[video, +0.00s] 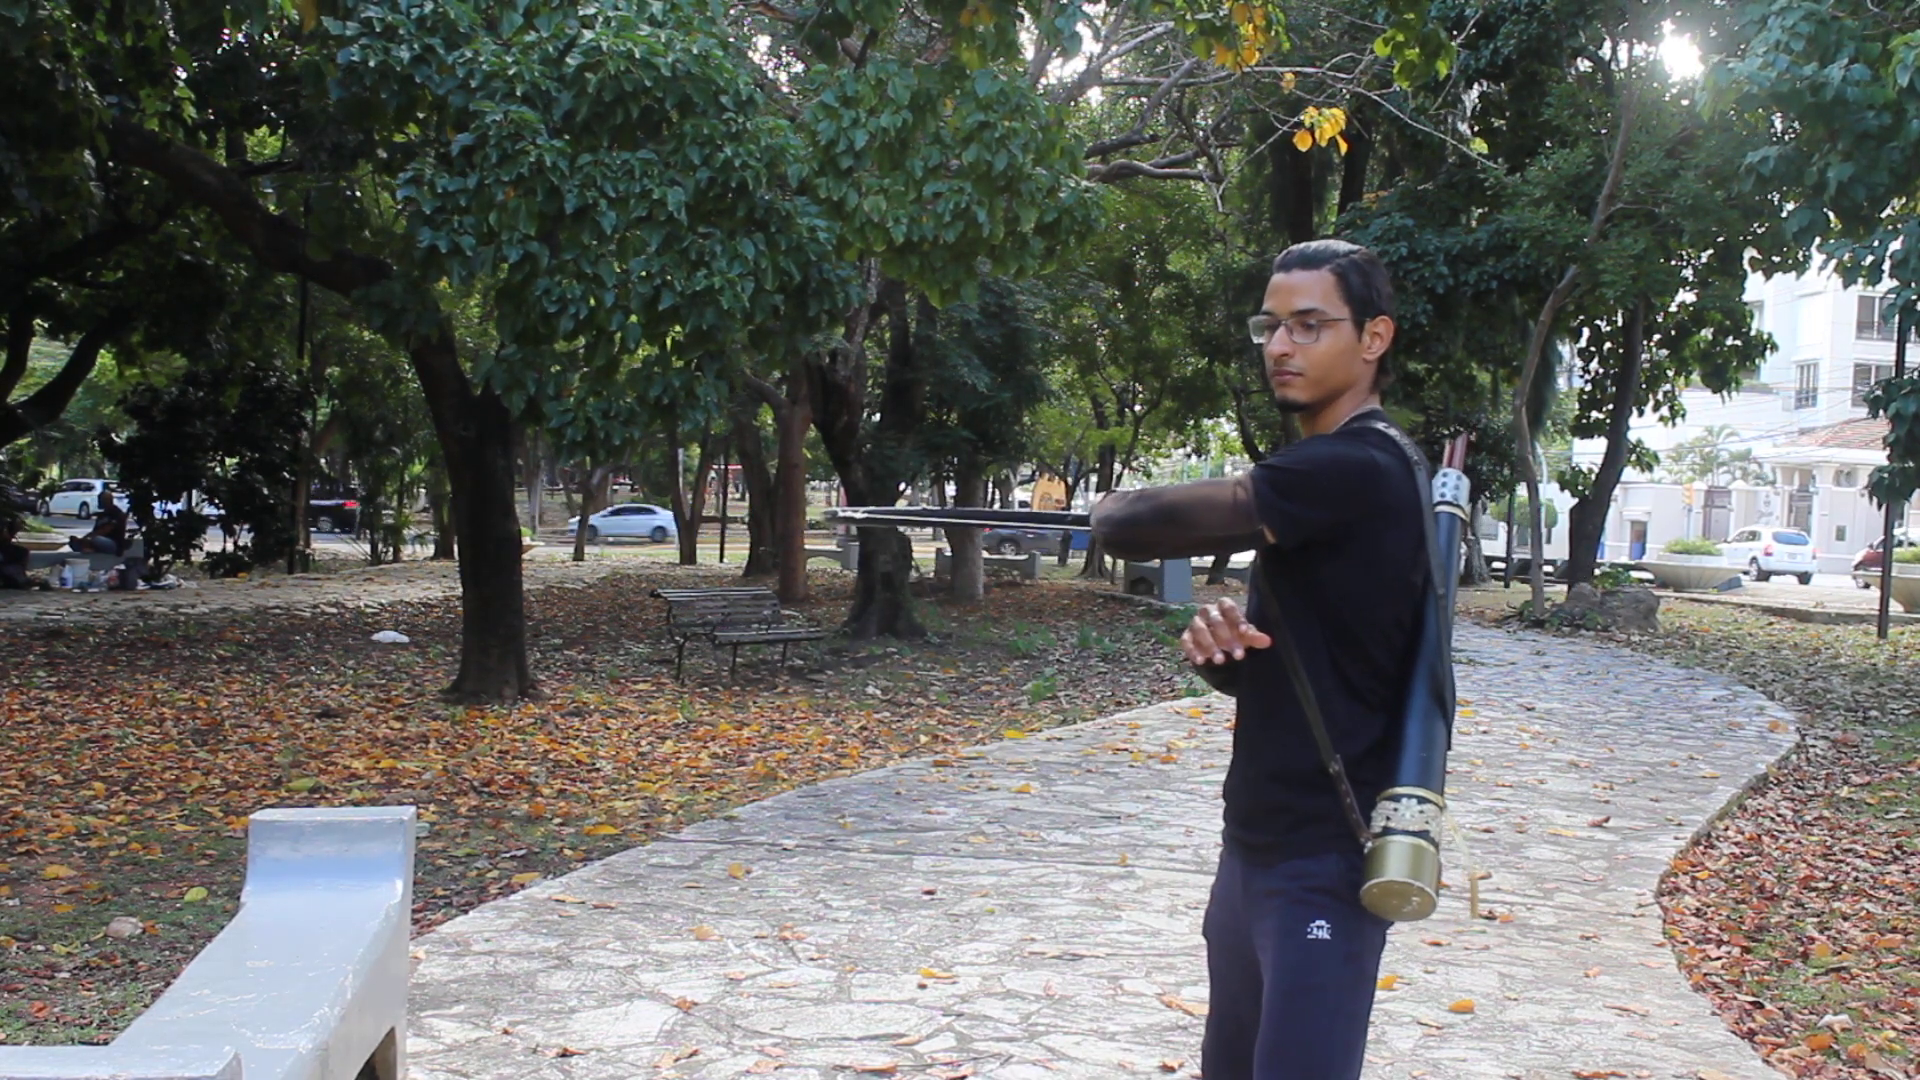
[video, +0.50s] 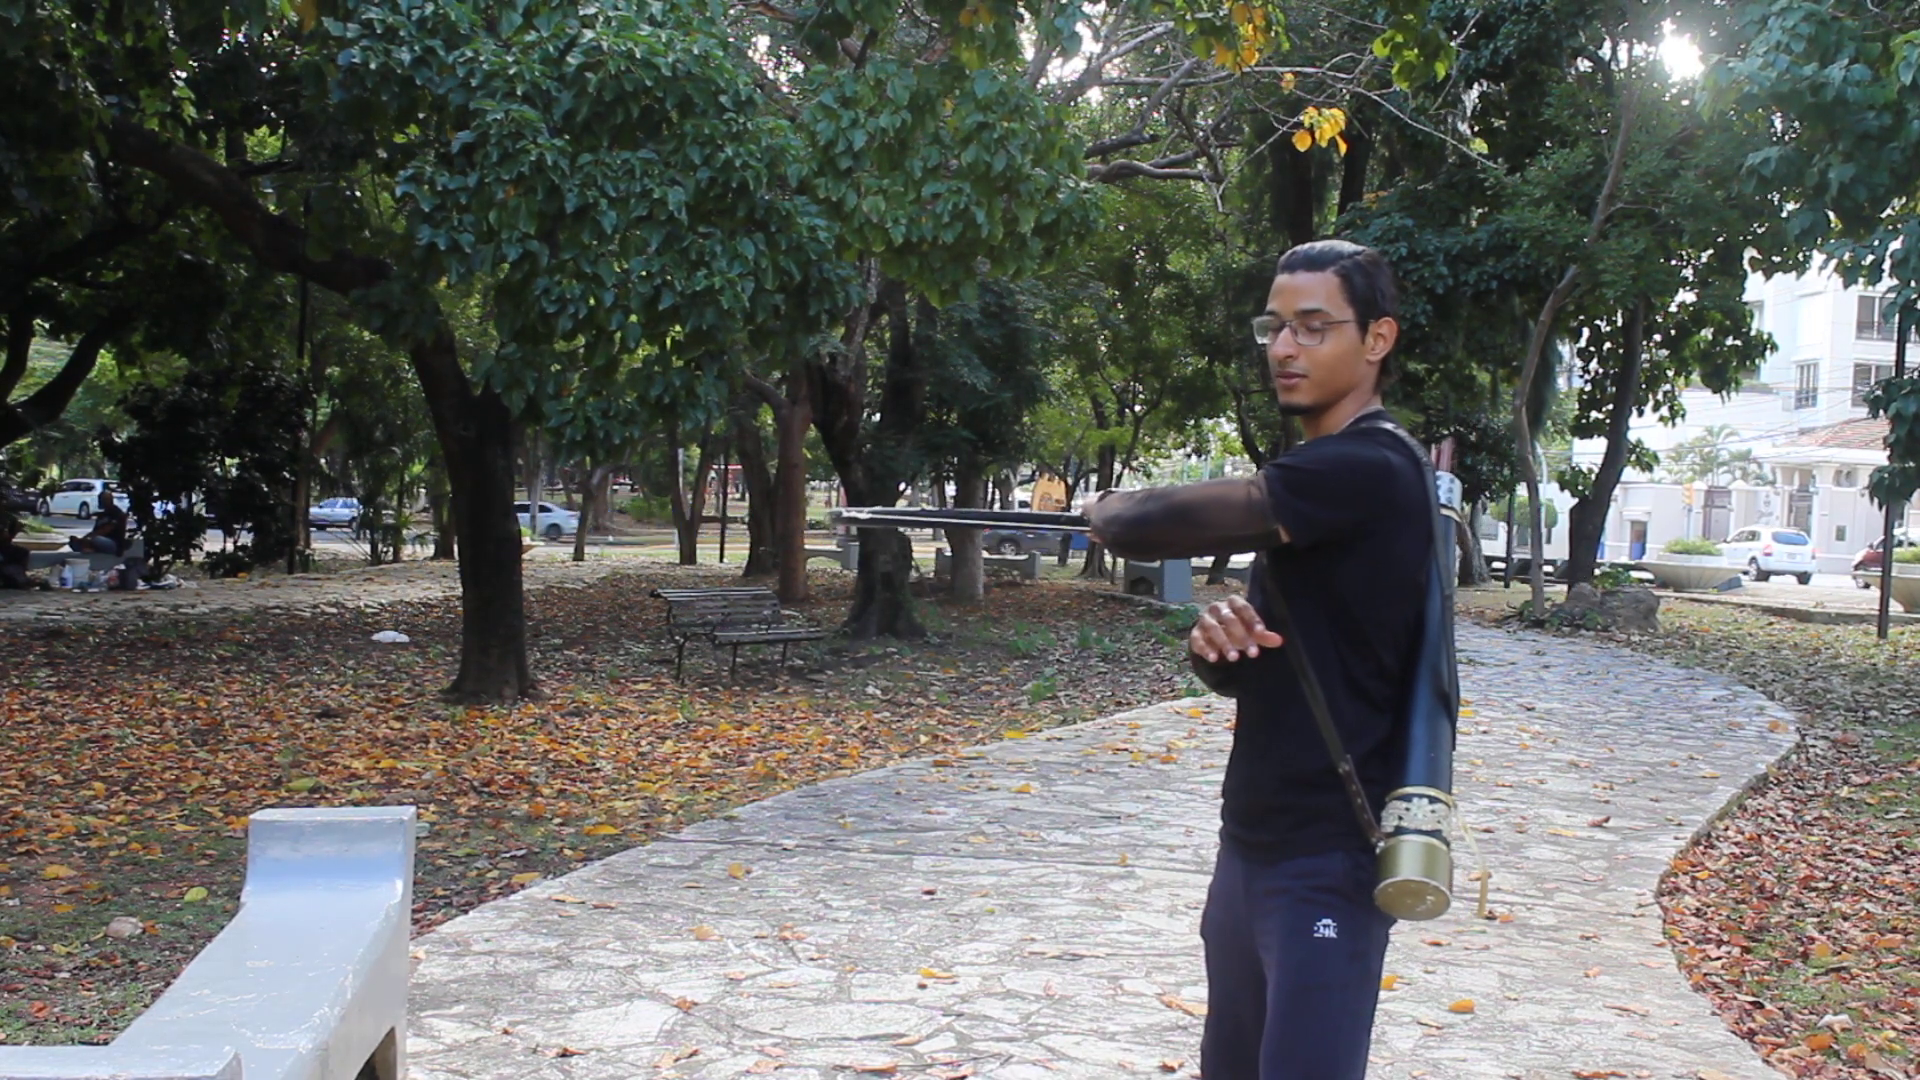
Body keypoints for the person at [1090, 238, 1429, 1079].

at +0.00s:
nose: (1279, 346)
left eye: (1308, 323)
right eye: (1271, 326)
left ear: (1374, 341)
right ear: (1261, 337)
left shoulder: (1365, 461)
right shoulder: (1313, 470)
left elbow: (1134, 520)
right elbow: (1287, 667)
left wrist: (1111, 519)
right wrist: (1226, 645)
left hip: (1328, 864)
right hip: (1250, 853)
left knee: (1295, 1067)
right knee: (1231, 1065)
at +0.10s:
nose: (1279, 346)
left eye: (1309, 323)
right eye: (1272, 326)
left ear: (1375, 341)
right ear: (1261, 337)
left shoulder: (1367, 461)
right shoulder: (1315, 469)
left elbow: (1132, 520)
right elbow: (1284, 668)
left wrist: (1108, 515)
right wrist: (1225, 644)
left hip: (1328, 865)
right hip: (1250, 854)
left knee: (1297, 1067)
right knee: (1231, 1065)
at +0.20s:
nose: (1280, 346)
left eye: (1309, 324)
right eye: (1272, 326)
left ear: (1375, 340)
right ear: (1262, 337)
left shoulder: (1369, 461)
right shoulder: (1313, 469)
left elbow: (1146, 519)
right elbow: (1282, 671)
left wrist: (1105, 514)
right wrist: (1225, 644)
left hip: (1330, 864)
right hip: (1250, 853)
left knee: (1299, 1067)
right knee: (1232, 1065)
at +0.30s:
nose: (1281, 347)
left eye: (1311, 324)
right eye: (1274, 326)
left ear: (1377, 340)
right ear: (1263, 337)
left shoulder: (1371, 461)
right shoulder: (1315, 469)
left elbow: (1141, 520)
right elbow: (1279, 665)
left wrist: (1106, 517)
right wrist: (1225, 643)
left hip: (1330, 863)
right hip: (1249, 852)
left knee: (1302, 1068)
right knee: (1232, 1065)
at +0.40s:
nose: (1282, 347)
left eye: (1311, 325)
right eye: (1274, 327)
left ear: (1377, 342)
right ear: (1264, 337)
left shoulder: (1374, 462)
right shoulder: (1313, 472)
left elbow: (1159, 518)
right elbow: (1274, 668)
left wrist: (1106, 518)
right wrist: (1224, 645)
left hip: (1330, 862)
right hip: (1248, 852)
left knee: (1303, 1067)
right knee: (1232, 1064)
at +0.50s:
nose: (1282, 348)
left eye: (1312, 325)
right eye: (1274, 327)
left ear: (1378, 341)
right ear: (1263, 336)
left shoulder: (1375, 461)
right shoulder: (1312, 473)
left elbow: (1155, 518)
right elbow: (1267, 668)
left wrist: (1104, 516)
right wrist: (1221, 642)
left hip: (1331, 863)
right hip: (1248, 852)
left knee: (1303, 1067)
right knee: (1232, 1064)